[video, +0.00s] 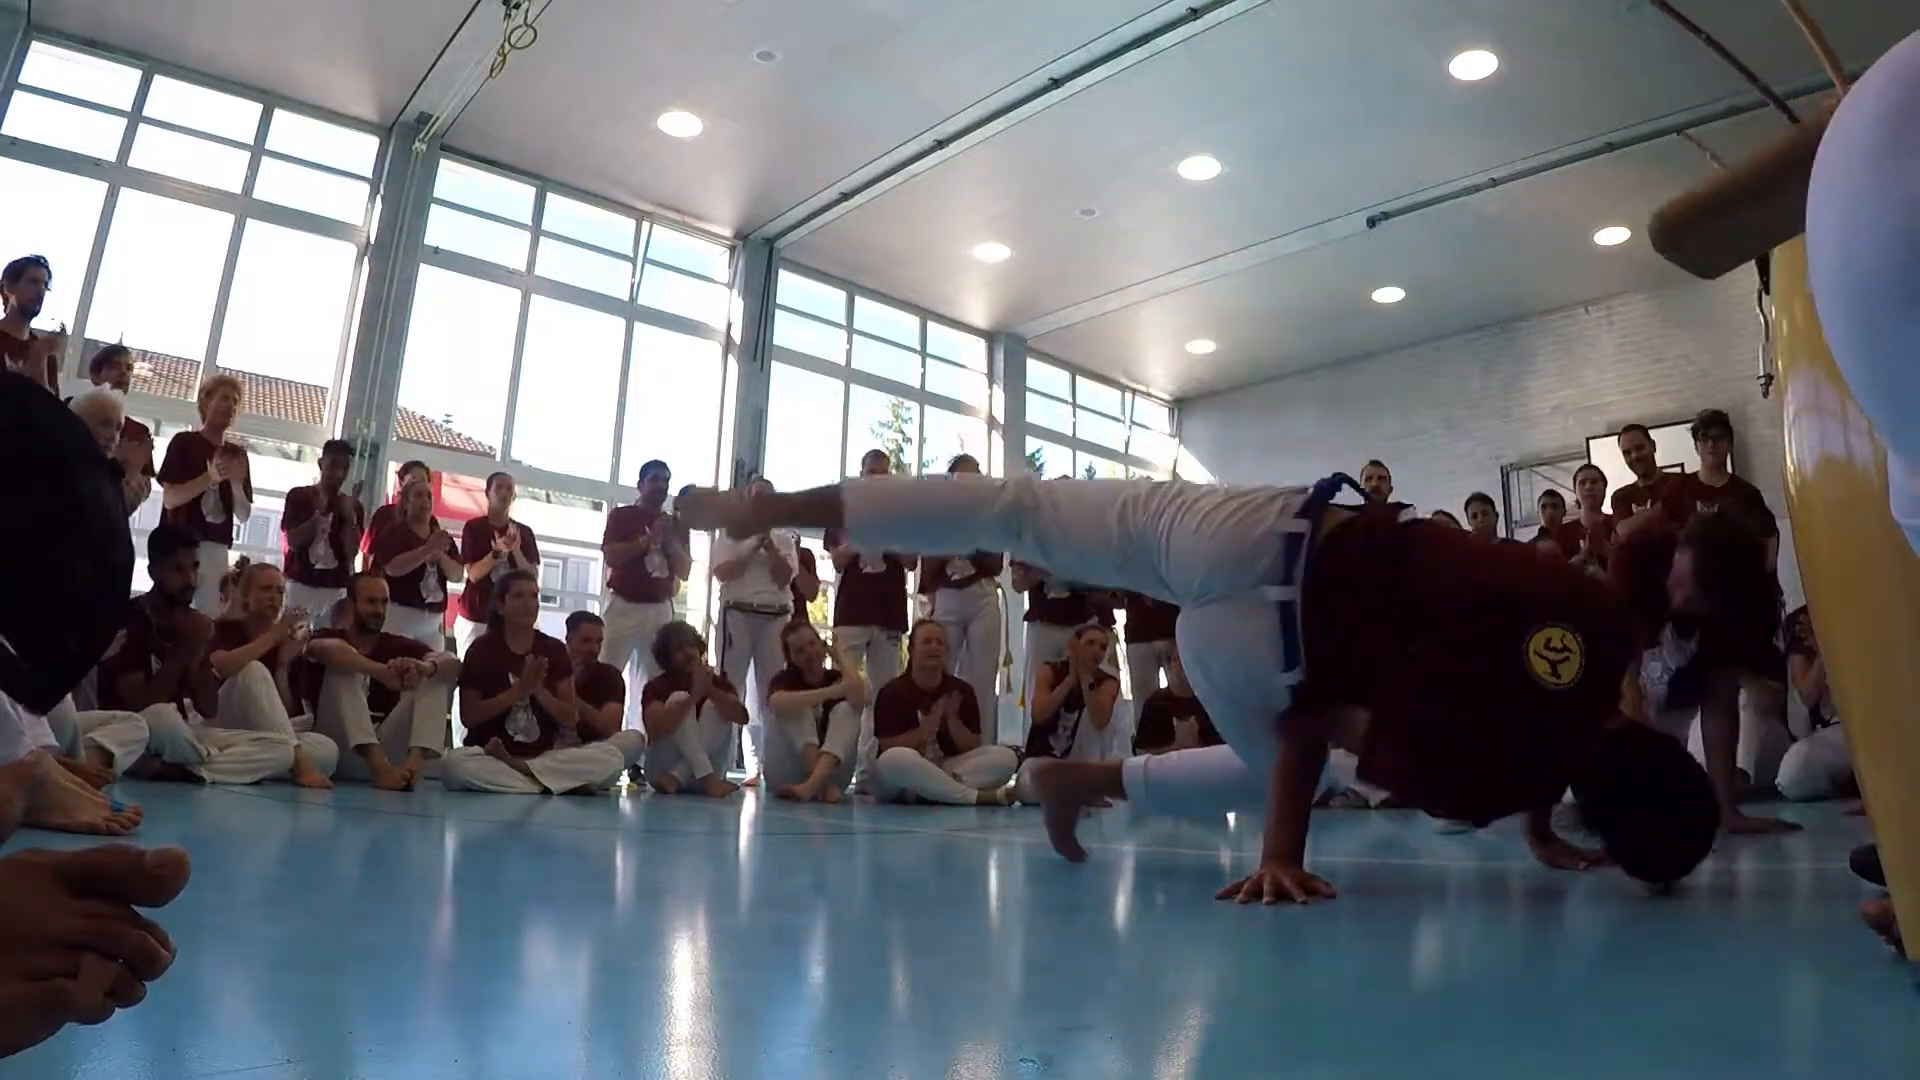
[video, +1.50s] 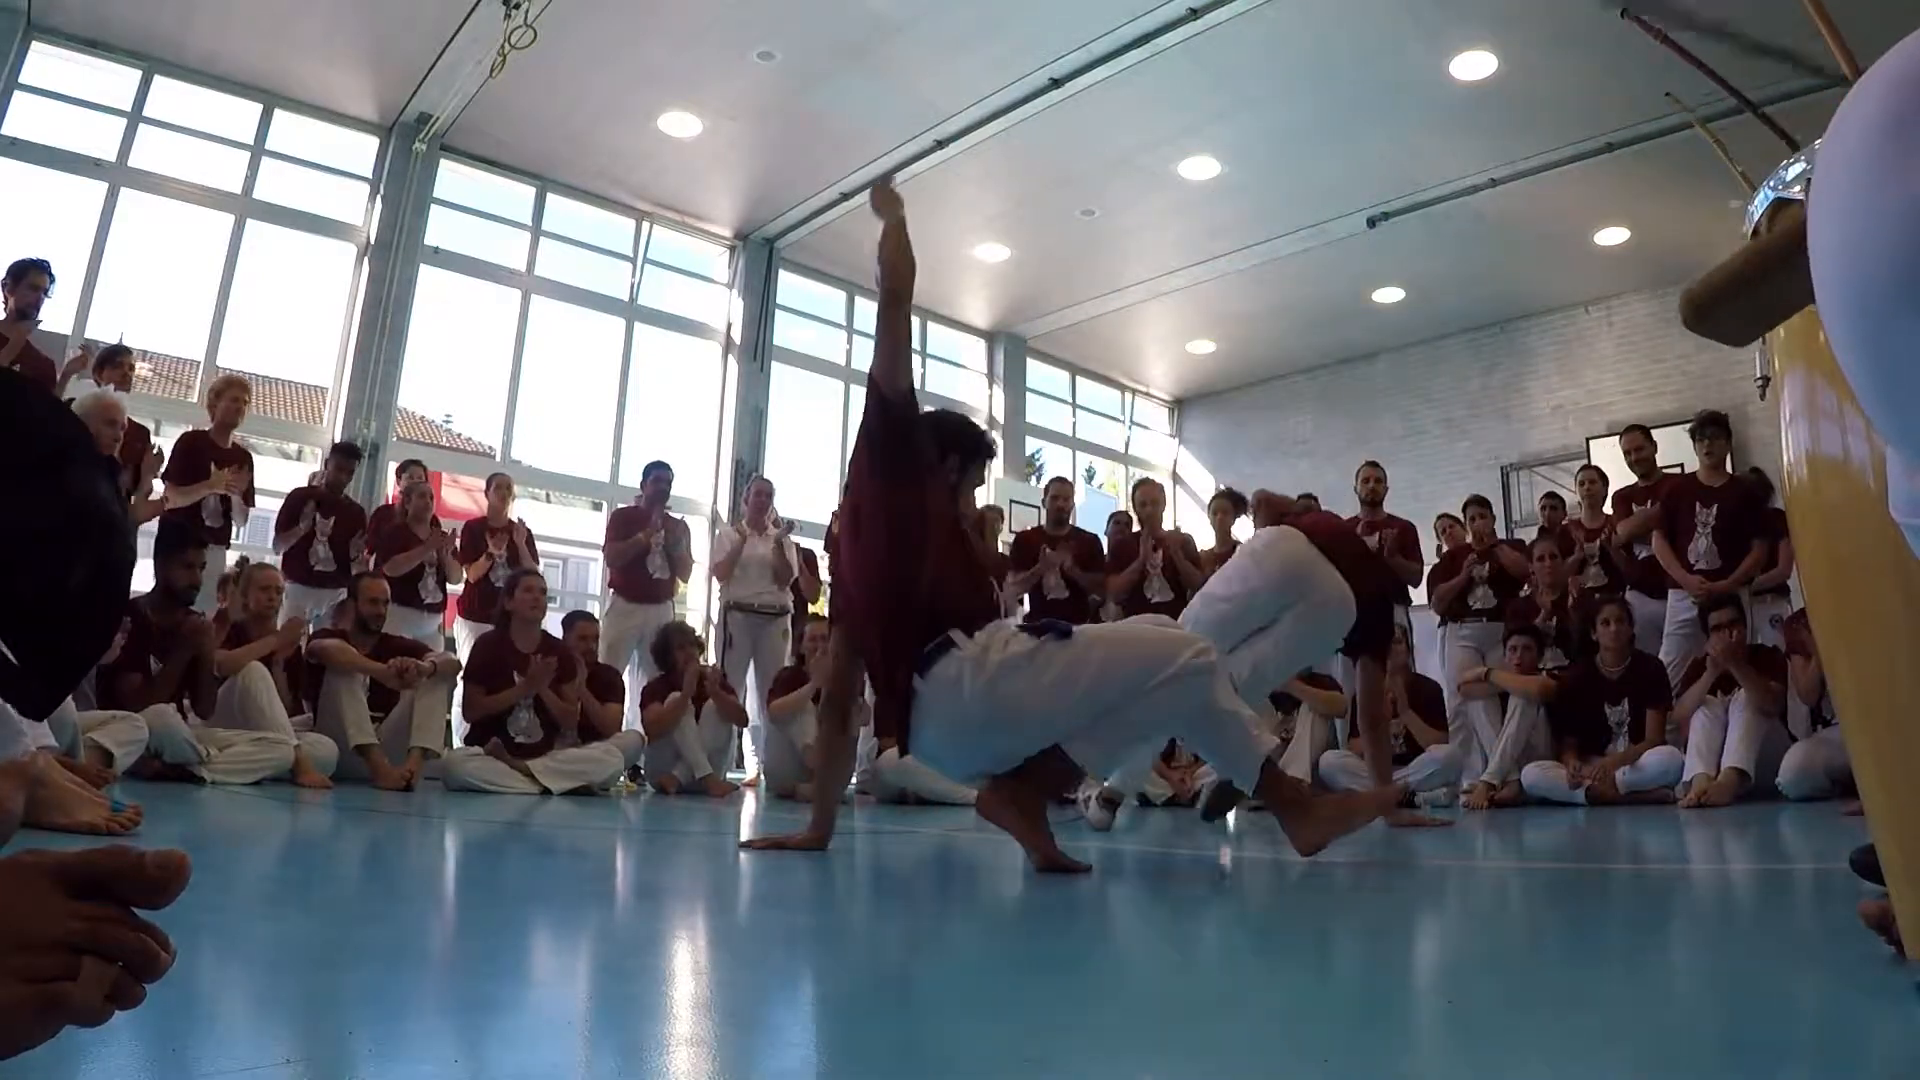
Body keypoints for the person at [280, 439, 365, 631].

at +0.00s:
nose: (337, 473)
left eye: (343, 468)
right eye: (332, 465)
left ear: (348, 471)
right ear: (321, 464)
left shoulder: (353, 506)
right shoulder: (298, 496)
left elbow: (352, 551)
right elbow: (293, 540)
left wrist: (348, 515)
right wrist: (317, 518)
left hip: (336, 589)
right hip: (301, 584)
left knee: (330, 653)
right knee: (293, 649)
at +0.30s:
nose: (341, 472)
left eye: (346, 467)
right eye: (336, 465)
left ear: (350, 472)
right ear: (323, 464)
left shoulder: (355, 511)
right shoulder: (296, 500)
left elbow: (358, 555)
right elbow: (268, 543)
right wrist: (299, 547)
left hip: (335, 592)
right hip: (298, 590)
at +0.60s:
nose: (340, 473)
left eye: (346, 468)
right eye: (335, 465)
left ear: (350, 471)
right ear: (323, 464)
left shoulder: (354, 509)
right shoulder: (299, 497)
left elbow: (349, 553)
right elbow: (293, 543)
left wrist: (343, 525)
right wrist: (315, 530)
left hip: (335, 588)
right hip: (300, 584)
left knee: (329, 653)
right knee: (292, 649)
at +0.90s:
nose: (341, 474)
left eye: (347, 469)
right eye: (336, 466)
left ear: (351, 472)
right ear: (323, 464)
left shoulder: (353, 507)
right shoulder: (300, 497)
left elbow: (350, 551)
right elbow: (292, 540)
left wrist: (345, 522)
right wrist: (316, 533)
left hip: (336, 589)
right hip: (300, 585)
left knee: (328, 653)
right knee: (290, 649)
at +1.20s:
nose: (343, 477)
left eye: (349, 473)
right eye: (339, 469)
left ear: (354, 475)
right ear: (326, 465)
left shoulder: (355, 510)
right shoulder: (301, 495)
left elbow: (350, 555)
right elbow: (289, 541)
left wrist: (340, 522)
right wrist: (323, 528)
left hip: (335, 591)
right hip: (300, 586)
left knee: (327, 655)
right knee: (290, 652)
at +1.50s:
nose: (344, 477)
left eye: (350, 472)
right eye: (339, 469)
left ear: (354, 474)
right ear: (326, 465)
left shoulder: (356, 512)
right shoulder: (299, 497)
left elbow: (357, 558)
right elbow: (278, 545)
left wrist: (357, 552)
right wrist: (303, 528)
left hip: (334, 593)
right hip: (298, 588)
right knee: (288, 655)